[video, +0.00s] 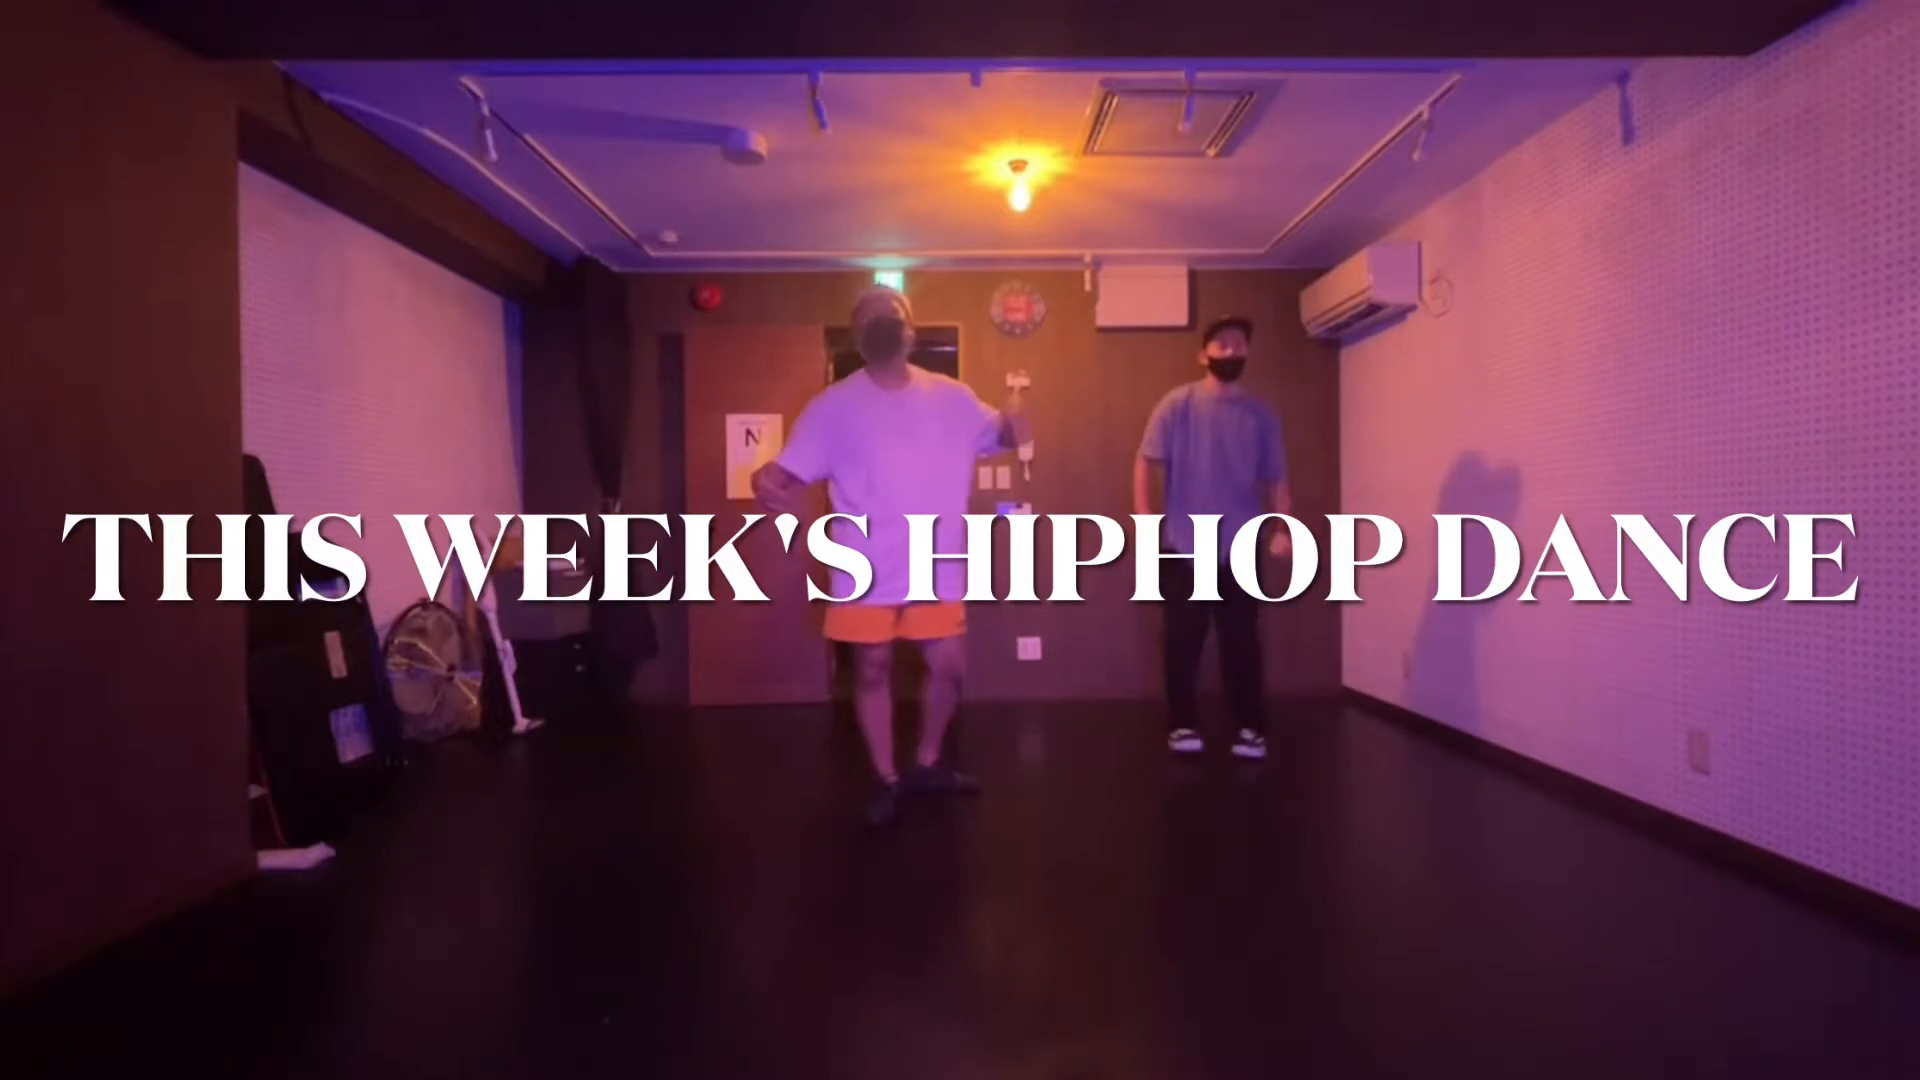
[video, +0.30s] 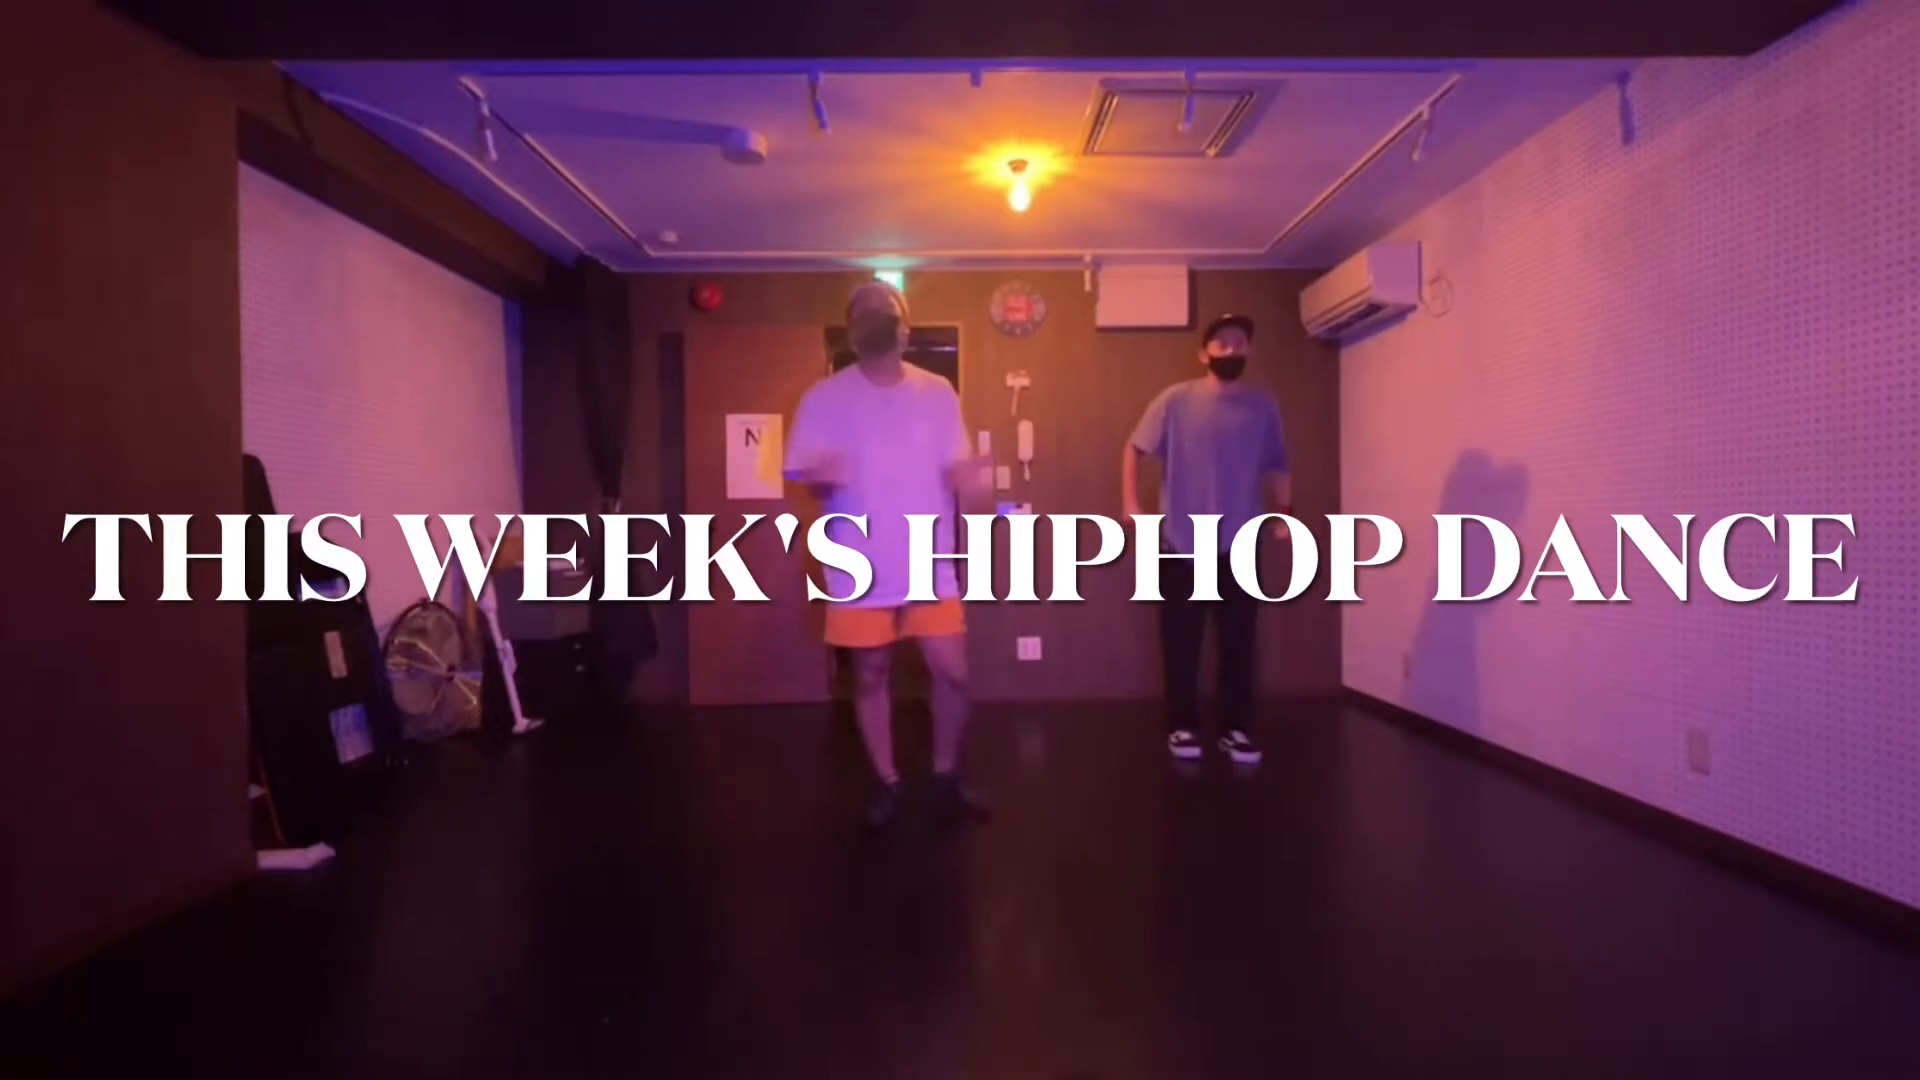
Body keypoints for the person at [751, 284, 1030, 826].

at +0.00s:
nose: (884, 328)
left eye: (893, 320)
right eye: (872, 322)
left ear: (912, 332)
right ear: (856, 338)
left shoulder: (950, 397)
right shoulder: (834, 407)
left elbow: (1013, 438)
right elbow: (779, 479)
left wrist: (1015, 405)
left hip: (939, 566)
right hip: (865, 569)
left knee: (947, 666)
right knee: (873, 669)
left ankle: (929, 764)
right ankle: (886, 781)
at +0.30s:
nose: (879, 324)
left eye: (889, 316)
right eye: (867, 316)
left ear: (906, 327)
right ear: (850, 330)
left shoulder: (937, 392)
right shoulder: (823, 399)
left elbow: (958, 474)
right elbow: (801, 483)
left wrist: (977, 480)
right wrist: (819, 476)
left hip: (932, 564)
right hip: (858, 569)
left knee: (953, 672)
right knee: (870, 675)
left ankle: (945, 776)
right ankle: (886, 783)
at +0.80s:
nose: (927, 309)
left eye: (937, 301)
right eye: (917, 299)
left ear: (951, 317)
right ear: (895, 310)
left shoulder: (973, 395)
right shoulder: (851, 382)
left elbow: (990, 493)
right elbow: (831, 479)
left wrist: (980, 562)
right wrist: (834, 557)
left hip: (948, 572)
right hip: (868, 570)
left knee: (958, 691)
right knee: (876, 690)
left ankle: (973, 826)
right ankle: (887, 785)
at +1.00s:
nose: (915, 302)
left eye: (929, 292)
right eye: (905, 291)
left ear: (951, 307)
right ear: (888, 302)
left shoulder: (978, 387)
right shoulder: (848, 378)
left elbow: (1032, 476)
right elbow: (803, 458)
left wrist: (1065, 549)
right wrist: (762, 525)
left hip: (946, 573)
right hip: (860, 569)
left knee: (959, 693)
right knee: (853, 692)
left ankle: (973, 826)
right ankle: (900, 764)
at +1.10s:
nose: (901, 292)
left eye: (913, 281)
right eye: (887, 283)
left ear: (935, 295)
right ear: (870, 299)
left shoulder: (970, 376)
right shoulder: (843, 375)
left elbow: (1032, 457)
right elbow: (799, 461)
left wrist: (1077, 516)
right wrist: (748, 515)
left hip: (941, 566)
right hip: (856, 562)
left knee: (956, 690)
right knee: (827, 682)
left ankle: (972, 827)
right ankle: (886, 785)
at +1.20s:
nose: (857, 297)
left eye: (869, 286)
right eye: (847, 288)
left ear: (894, 296)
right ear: (836, 303)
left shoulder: (944, 371)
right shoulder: (825, 383)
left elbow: (1019, 423)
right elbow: (789, 470)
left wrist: (1051, 467)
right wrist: (732, 516)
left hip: (927, 574)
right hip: (841, 573)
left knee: (953, 700)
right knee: (812, 691)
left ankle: (972, 830)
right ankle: (807, 844)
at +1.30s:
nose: (845, 341)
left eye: (850, 326)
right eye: (833, 329)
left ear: (866, 315)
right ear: (820, 326)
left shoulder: (918, 370)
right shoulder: (806, 391)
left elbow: (990, 406)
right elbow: (781, 476)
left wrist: (1007, 468)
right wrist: (728, 532)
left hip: (913, 580)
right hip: (830, 584)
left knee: (942, 701)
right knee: (806, 707)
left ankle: (971, 829)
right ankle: (761, 855)